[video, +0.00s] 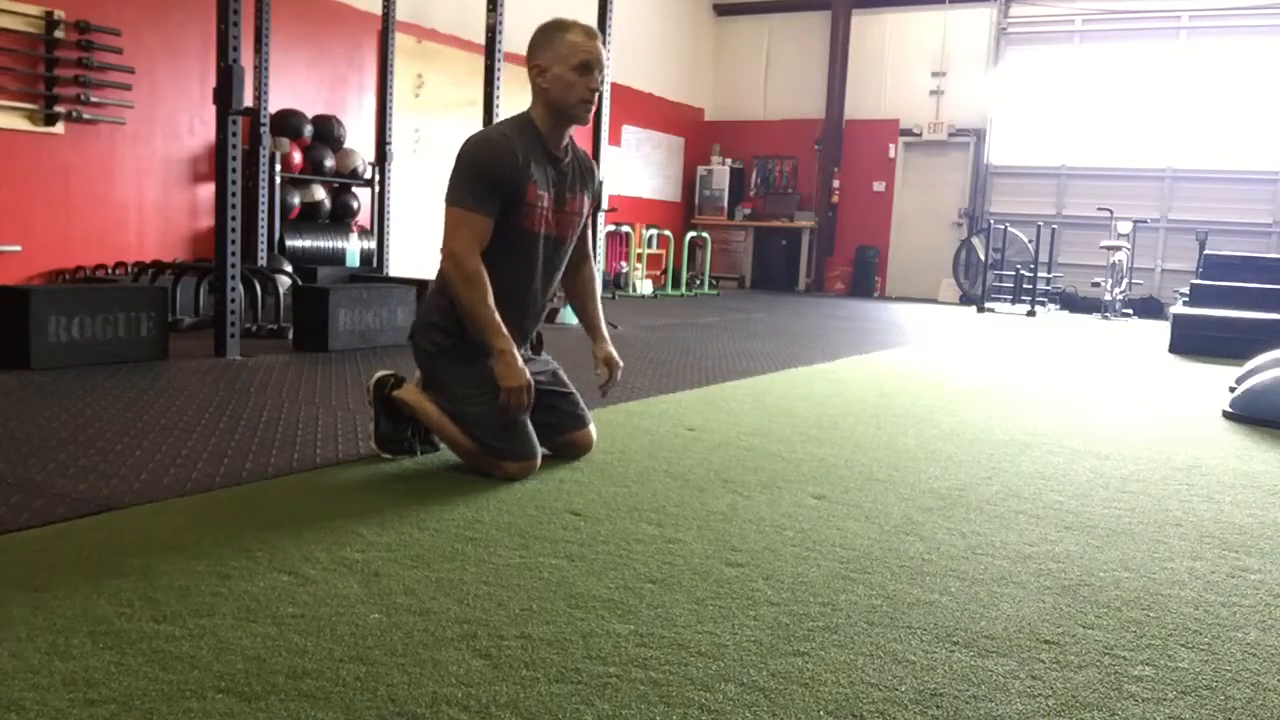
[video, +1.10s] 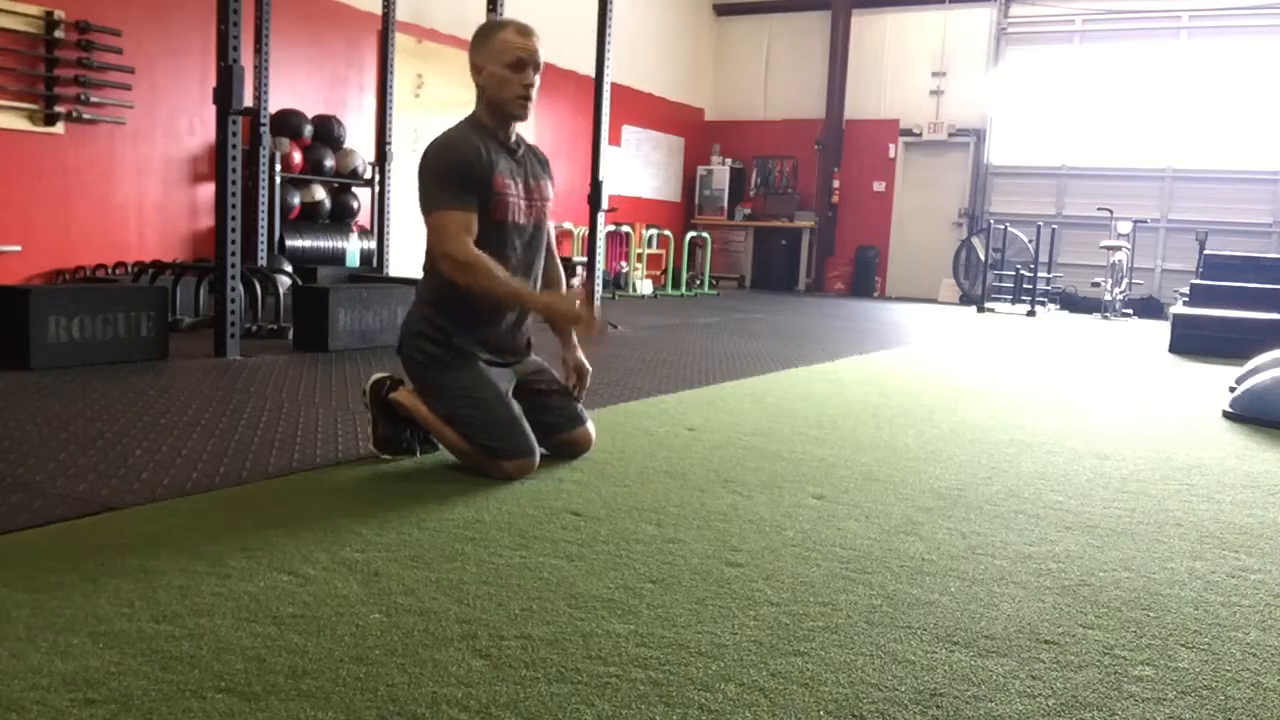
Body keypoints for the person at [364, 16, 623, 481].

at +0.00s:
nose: (598, 85)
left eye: (600, 72)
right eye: (585, 69)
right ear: (540, 74)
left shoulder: (583, 171)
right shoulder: (492, 149)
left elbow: (578, 260)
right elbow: (459, 259)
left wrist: (600, 338)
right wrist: (505, 352)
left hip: (519, 340)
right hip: (457, 342)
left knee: (575, 441)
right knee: (516, 464)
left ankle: (451, 395)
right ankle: (404, 397)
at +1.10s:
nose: (531, 79)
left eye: (536, 68)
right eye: (517, 64)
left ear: (540, 77)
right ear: (478, 71)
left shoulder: (537, 163)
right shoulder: (454, 151)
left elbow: (545, 257)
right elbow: (452, 253)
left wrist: (569, 343)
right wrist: (539, 302)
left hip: (506, 345)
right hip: (446, 347)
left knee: (574, 440)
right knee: (514, 462)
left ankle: (444, 411)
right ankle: (399, 400)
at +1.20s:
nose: (529, 79)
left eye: (532, 68)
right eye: (515, 65)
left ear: (535, 75)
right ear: (474, 71)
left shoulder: (531, 162)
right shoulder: (451, 150)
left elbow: (541, 261)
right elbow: (464, 253)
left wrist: (575, 337)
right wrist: (562, 252)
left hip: (507, 346)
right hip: (446, 349)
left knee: (575, 440)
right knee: (514, 463)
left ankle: (447, 406)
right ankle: (399, 399)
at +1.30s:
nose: (528, 78)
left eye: (531, 66)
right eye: (513, 65)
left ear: (534, 73)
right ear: (472, 71)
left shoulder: (528, 162)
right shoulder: (450, 150)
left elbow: (540, 252)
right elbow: (481, 246)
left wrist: (583, 304)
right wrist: (568, 198)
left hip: (508, 347)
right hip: (447, 349)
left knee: (573, 439)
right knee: (514, 463)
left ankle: (443, 410)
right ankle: (398, 399)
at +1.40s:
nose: (530, 80)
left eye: (532, 68)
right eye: (517, 66)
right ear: (474, 73)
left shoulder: (528, 161)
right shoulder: (452, 149)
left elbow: (546, 256)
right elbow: (490, 239)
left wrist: (594, 242)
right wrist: (553, 172)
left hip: (509, 347)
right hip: (447, 350)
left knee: (574, 439)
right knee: (514, 462)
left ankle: (442, 409)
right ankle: (400, 400)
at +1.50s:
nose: (531, 78)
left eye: (534, 66)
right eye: (518, 65)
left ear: (537, 73)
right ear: (475, 71)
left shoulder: (521, 155)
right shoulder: (450, 147)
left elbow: (565, 253)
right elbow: (495, 234)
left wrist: (590, 184)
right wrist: (540, 158)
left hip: (508, 346)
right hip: (447, 348)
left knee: (573, 439)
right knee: (514, 462)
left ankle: (443, 411)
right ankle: (398, 400)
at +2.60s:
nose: (543, 76)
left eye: (552, 66)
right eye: (529, 61)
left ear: (558, 77)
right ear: (497, 69)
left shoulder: (557, 164)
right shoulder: (468, 144)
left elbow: (578, 263)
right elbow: (471, 238)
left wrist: (607, 210)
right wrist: (564, 202)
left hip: (517, 341)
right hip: (453, 343)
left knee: (573, 443)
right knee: (515, 463)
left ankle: (449, 406)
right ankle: (402, 398)